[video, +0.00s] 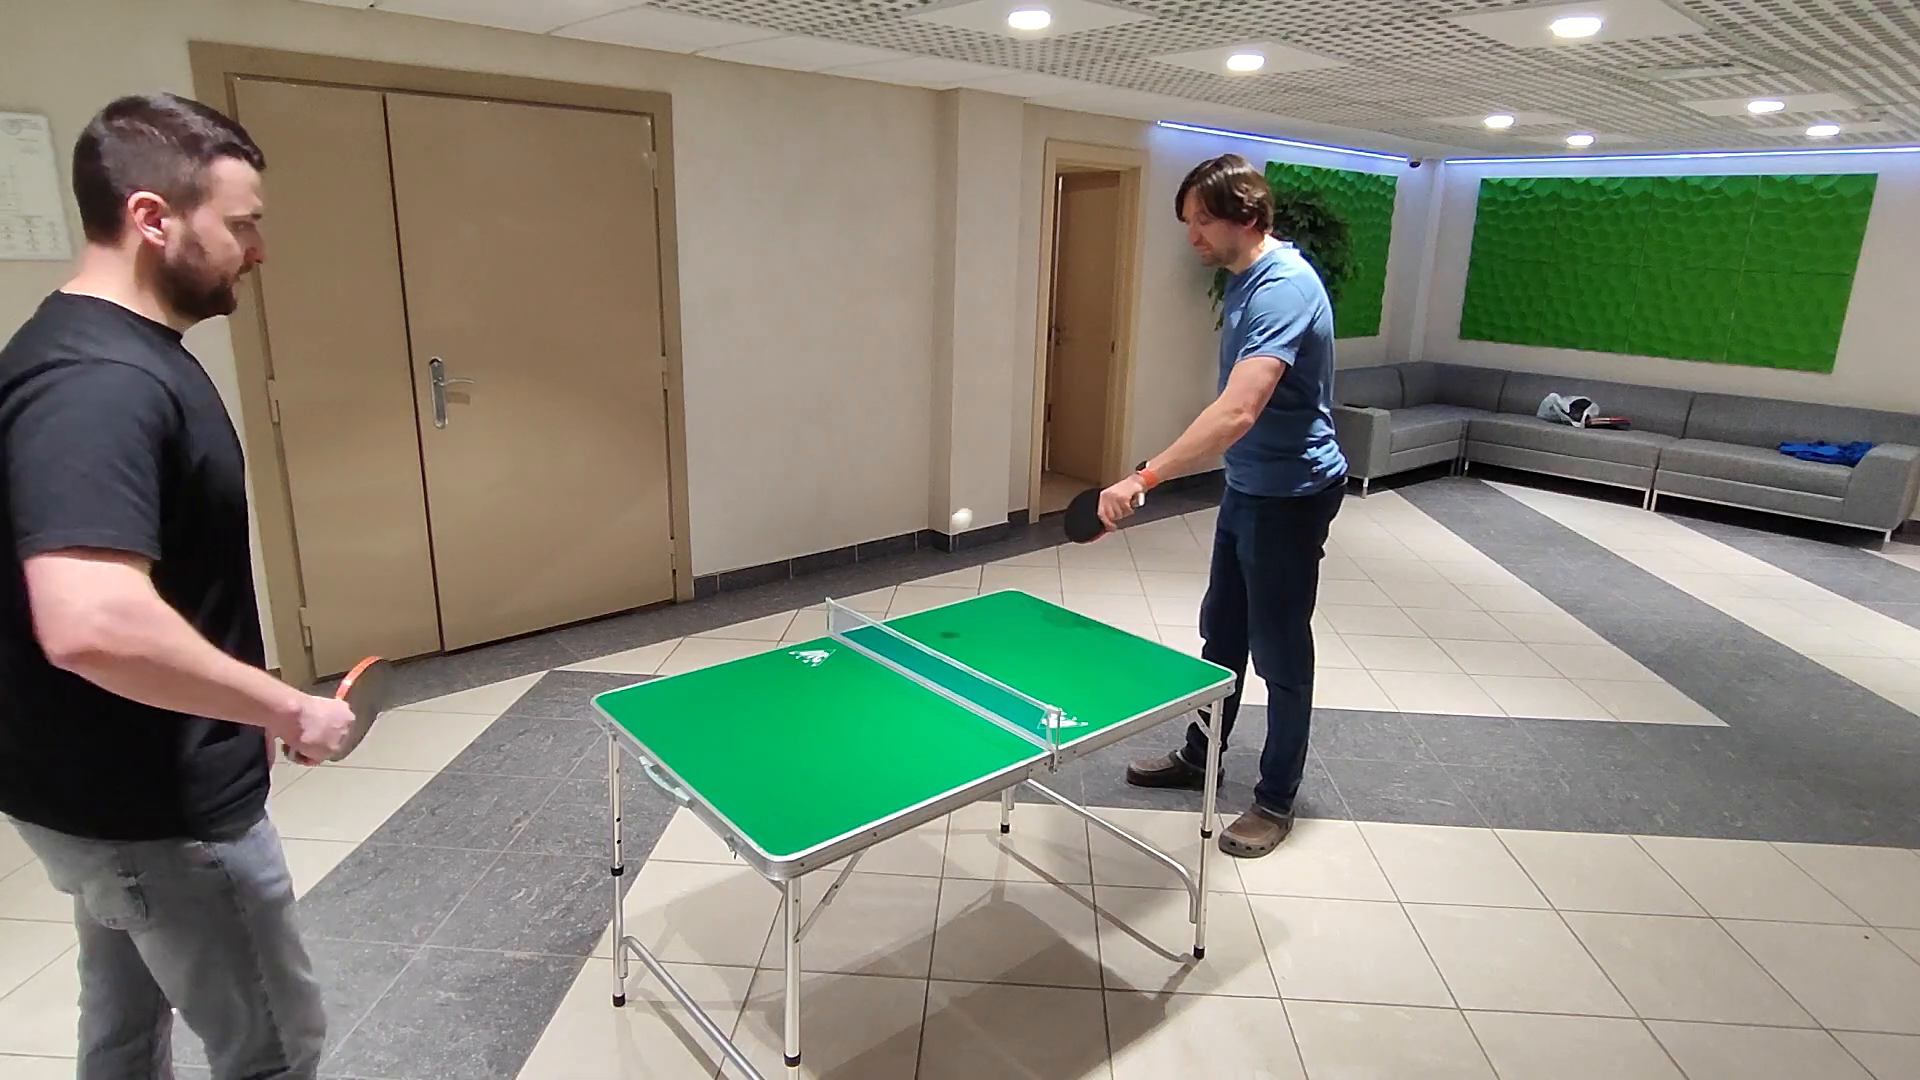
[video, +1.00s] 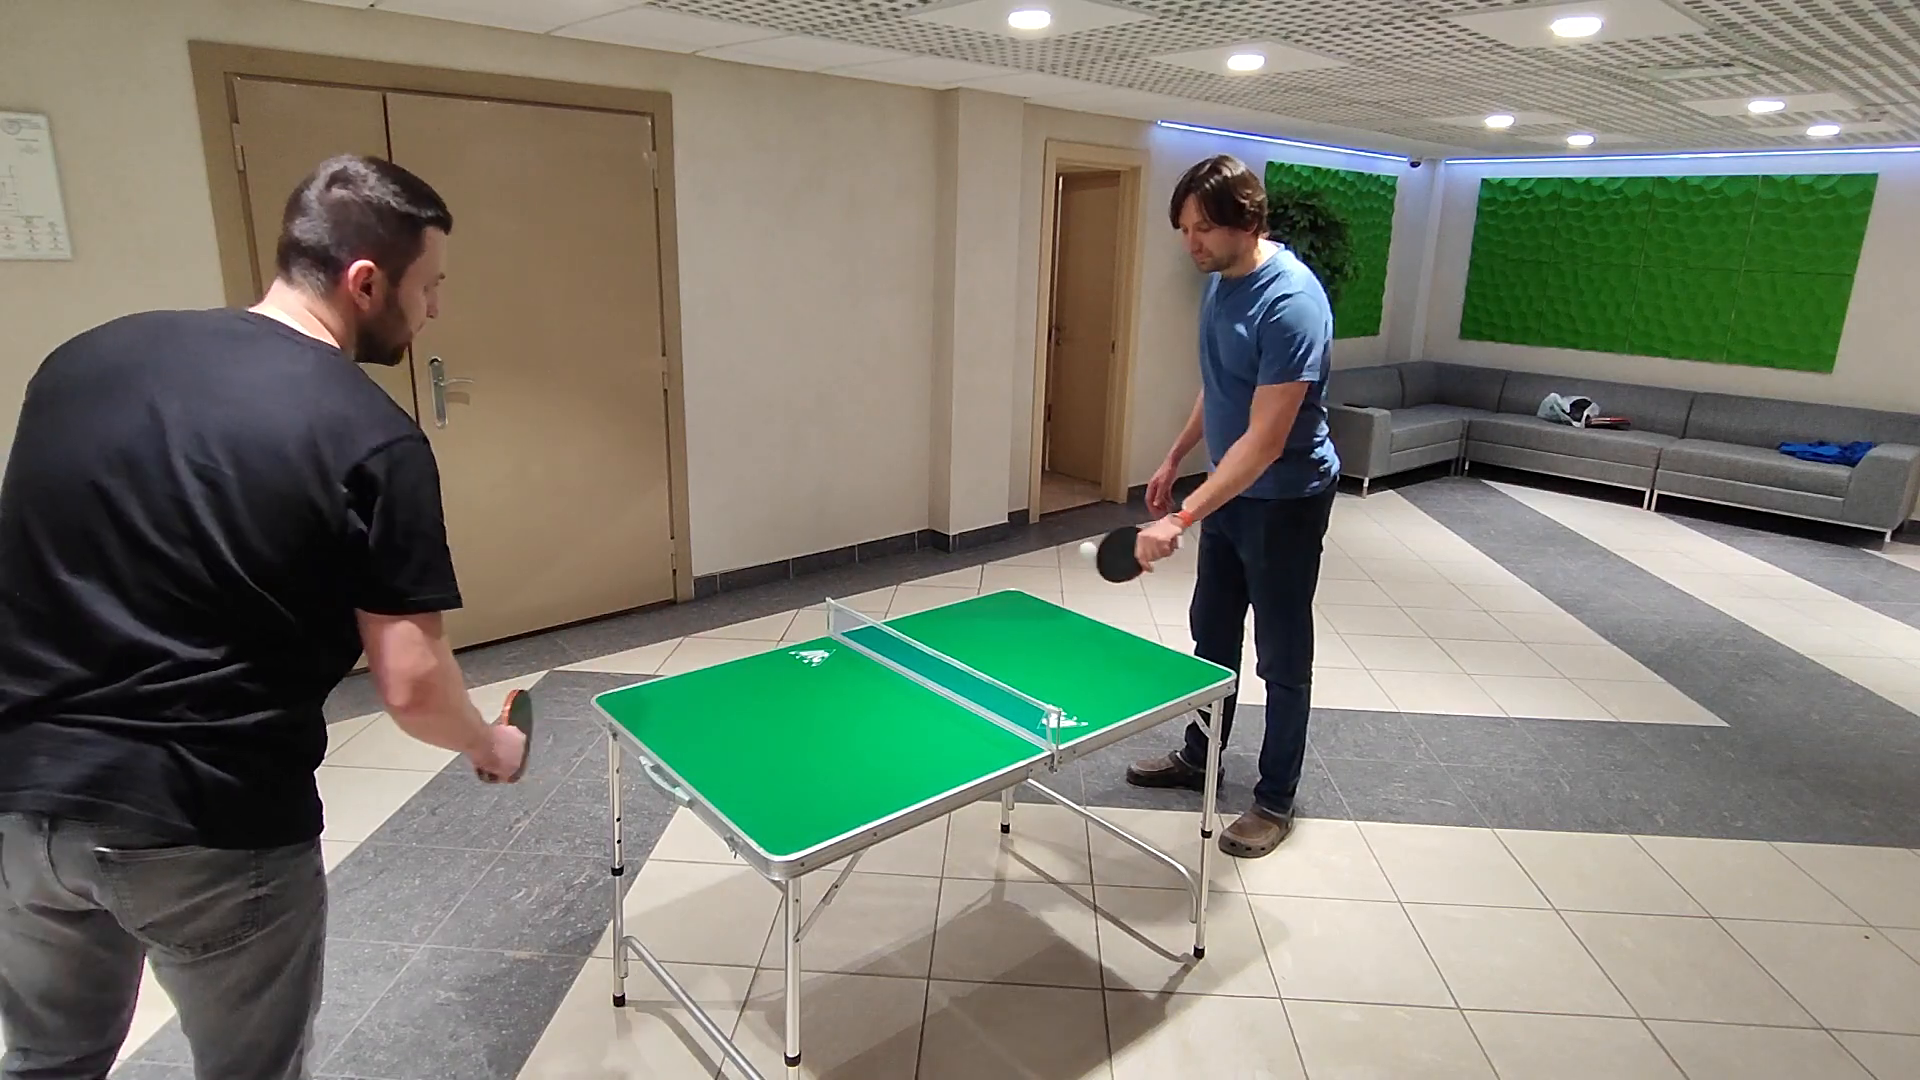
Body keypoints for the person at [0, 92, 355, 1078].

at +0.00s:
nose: (258, 254)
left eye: (257, 227)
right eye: (243, 224)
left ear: (150, 222)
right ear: (152, 219)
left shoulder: (94, 343)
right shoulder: (97, 375)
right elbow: (90, 620)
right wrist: (292, 710)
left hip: (102, 792)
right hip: (160, 811)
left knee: (121, 1031)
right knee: (276, 1049)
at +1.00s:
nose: (435, 310)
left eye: (439, 287)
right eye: (430, 286)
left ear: (287, 260)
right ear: (364, 281)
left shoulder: (84, 357)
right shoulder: (374, 436)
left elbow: (36, 569)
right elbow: (412, 681)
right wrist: (486, 745)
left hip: (30, 791)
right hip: (209, 818)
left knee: (44, 1063)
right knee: (252, 1066)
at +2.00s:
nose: (305, 280)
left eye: (310, 255)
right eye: (296, 251)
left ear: (203, 234)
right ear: (214, 238)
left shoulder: (15, 347)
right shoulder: (249, 396)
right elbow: (342, 637)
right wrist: (451, 723)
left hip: (28, 797)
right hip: (195, 811)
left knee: (89, 1061)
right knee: (239, 1064)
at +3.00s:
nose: (337, 322)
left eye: (339, 294)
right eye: (321, 288)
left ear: (222, 270)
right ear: (226, 271)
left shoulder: (26, 356)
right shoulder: (226, 433)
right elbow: (443, 633)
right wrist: (610, 752)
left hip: (9, 844)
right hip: (129, 864)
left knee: (60, 1067)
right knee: (216, 1067)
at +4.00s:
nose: (510, 347)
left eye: (510, 324)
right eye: (497, 324)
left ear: (415, 316)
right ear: (419, 316)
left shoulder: (335, 400)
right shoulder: (350, 471)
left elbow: (465, 543)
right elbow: (279, 724)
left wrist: (611, 615)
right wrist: (447, 825)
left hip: (205, 793)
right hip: (291, 822)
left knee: (171, 1042)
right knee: (476, 1017)